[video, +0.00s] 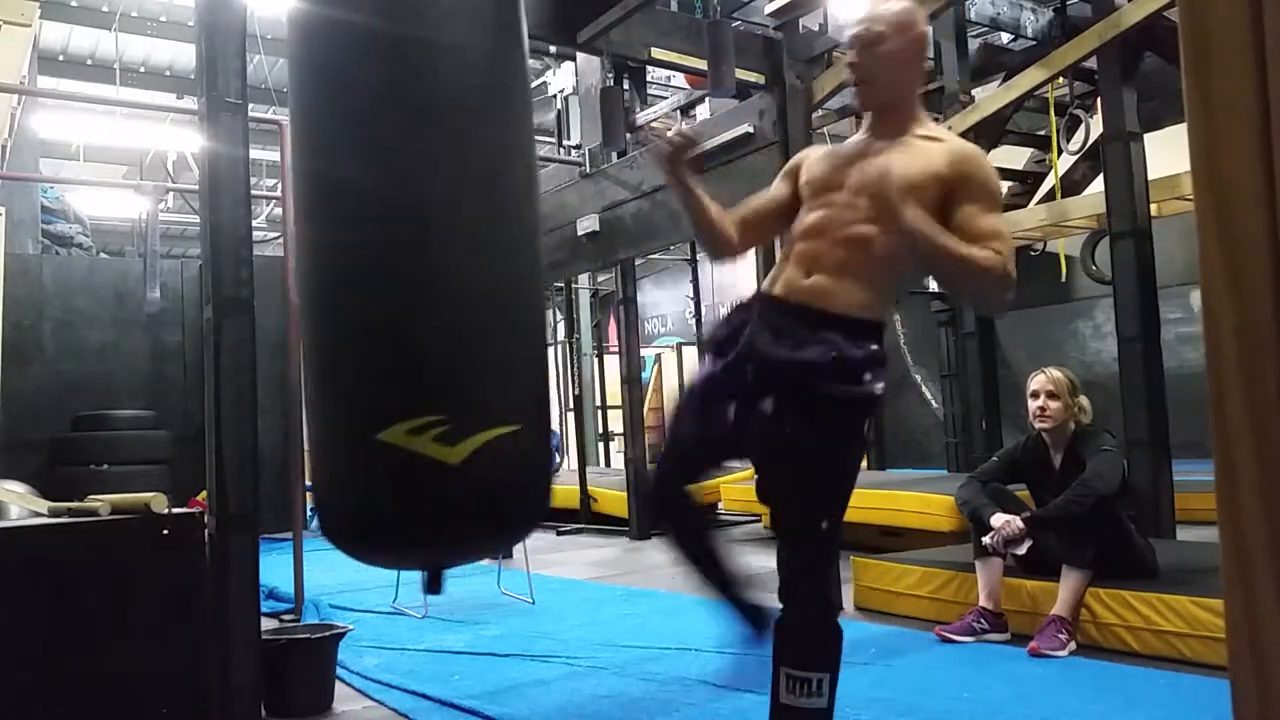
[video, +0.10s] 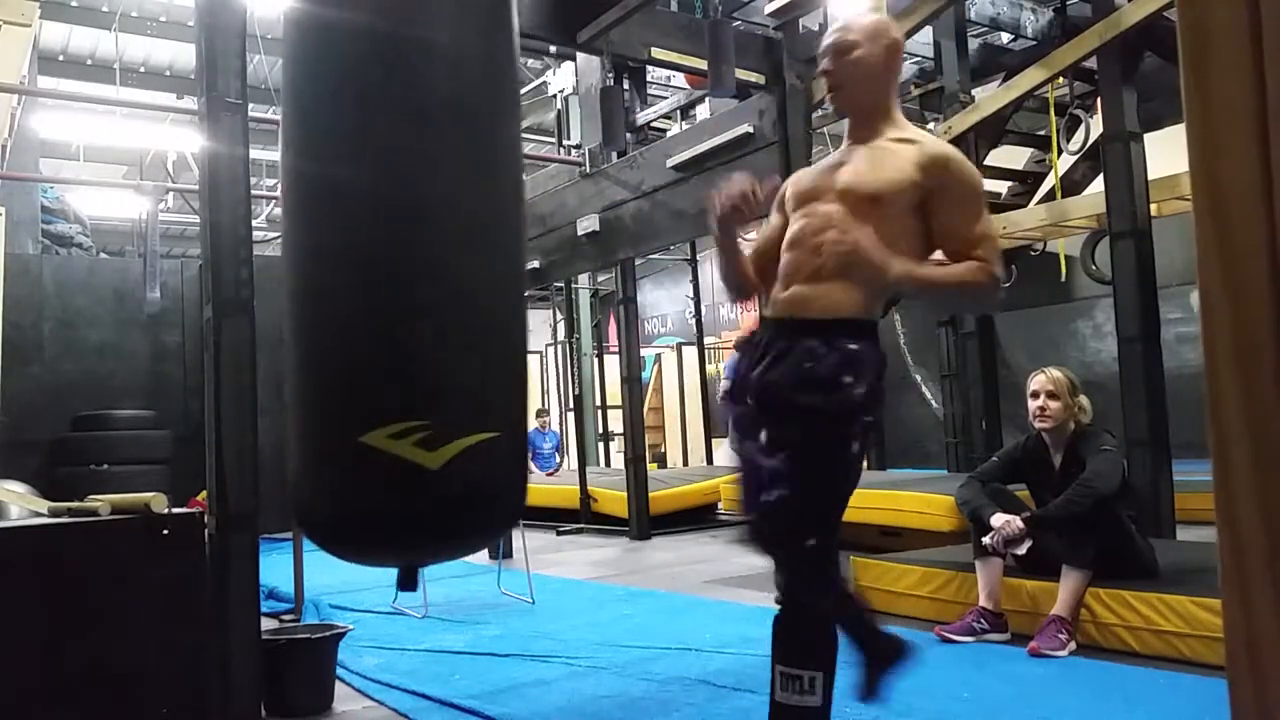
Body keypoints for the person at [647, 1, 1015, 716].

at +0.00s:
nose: (850, 57)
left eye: (867, 44)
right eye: (850, 46)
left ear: (914, 53)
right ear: (853, 60)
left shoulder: (956, 160)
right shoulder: (813, 161)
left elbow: (997, 281)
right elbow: (727, 238)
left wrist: (910, 217)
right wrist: (684, 177)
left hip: (836, 359)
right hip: (756, 338)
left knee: (805, 564)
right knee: (662, 486)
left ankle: (801, 713)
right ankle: (756, 618)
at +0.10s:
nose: (823, 64)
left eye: (841, 48)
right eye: (822, 54)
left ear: (893, 51)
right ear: (823, 72)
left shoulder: (935, 160)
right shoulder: (801, 181)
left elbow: (986, 275)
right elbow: (750, 284)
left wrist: (894, 269)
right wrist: (726, 232)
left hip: (838, 354)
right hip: (769, 352)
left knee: (803, 545)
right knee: (773, 528)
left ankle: (797, 711)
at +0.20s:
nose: (810, 85)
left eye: (823, 67)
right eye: (809, 72)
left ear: (873, 64)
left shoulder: (913, 152)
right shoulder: (828, 178)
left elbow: (959, 265)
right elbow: (801, 308)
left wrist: (836, 274)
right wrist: (751, 280)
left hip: (840, 359)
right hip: (793, 363)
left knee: (791, 546)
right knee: (838, 530)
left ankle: (795, 710)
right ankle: (934, 676)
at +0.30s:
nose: (809, 117)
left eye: (817, 98)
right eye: (804, 105)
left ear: (862, 84)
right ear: (859, 91)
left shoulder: (880, 164)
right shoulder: (866, 174)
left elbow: (905, 261)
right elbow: (861, 305)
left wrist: (787, 268)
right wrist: (786, 317)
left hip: (849, 378)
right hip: (864, 379)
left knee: (790, 553)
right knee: (881, 550)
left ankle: (800, 711)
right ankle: (956, 703)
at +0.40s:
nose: (805, 134)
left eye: (813, 116)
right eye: (801, 121)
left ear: (855, 106)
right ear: (861, 112)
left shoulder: (850, 182)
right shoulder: (915, 189)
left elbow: (826, 264)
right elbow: (910, 293)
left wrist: (740, 240)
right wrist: (822, 317)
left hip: (854, 381)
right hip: (905, 379)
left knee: (792, 552)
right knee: (888, 545)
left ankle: (825, 711)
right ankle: (956, 701)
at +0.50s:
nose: (806, 133)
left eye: (812, 114)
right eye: (801, 120)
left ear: (855, 94)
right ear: (867, 101)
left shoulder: (840, 171)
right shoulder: (923, 180)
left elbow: (788, 256)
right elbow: (946, 301)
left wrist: (726, 213)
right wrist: (842, 316)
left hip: (853, 367)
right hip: (912, 367)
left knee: (808, 543)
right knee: (898, 534)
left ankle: (821, 710)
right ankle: (954, 700)